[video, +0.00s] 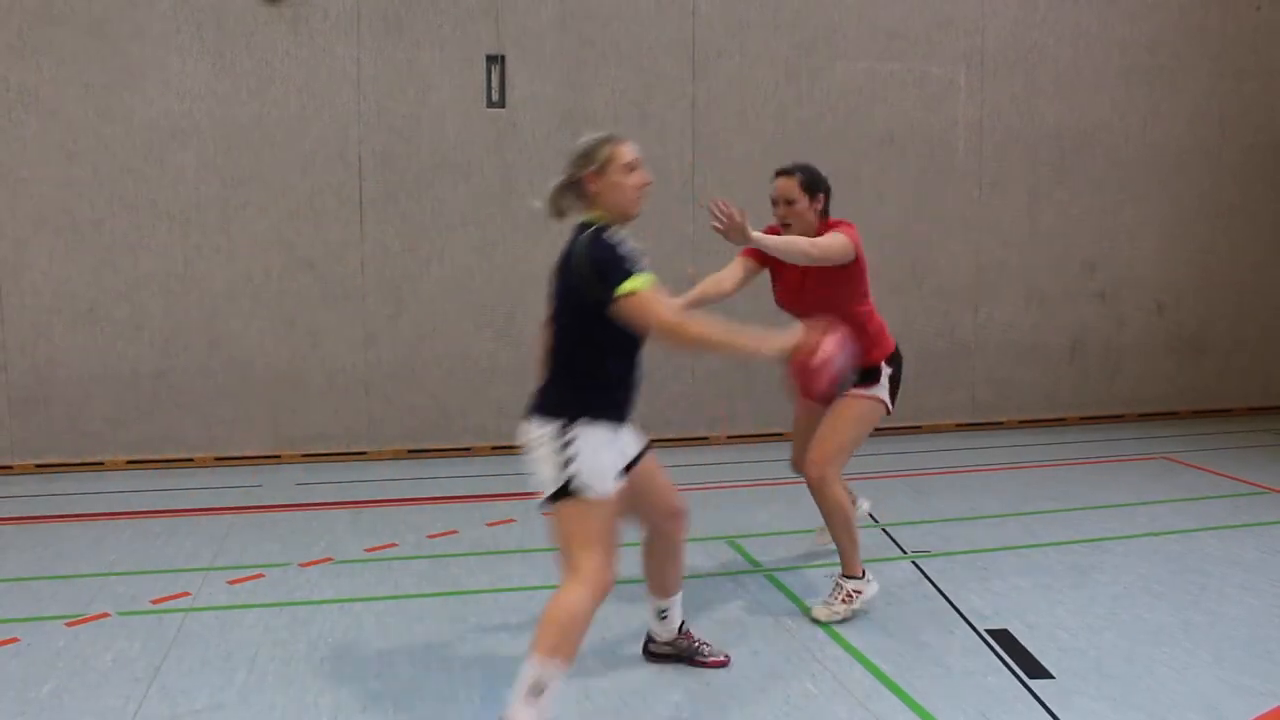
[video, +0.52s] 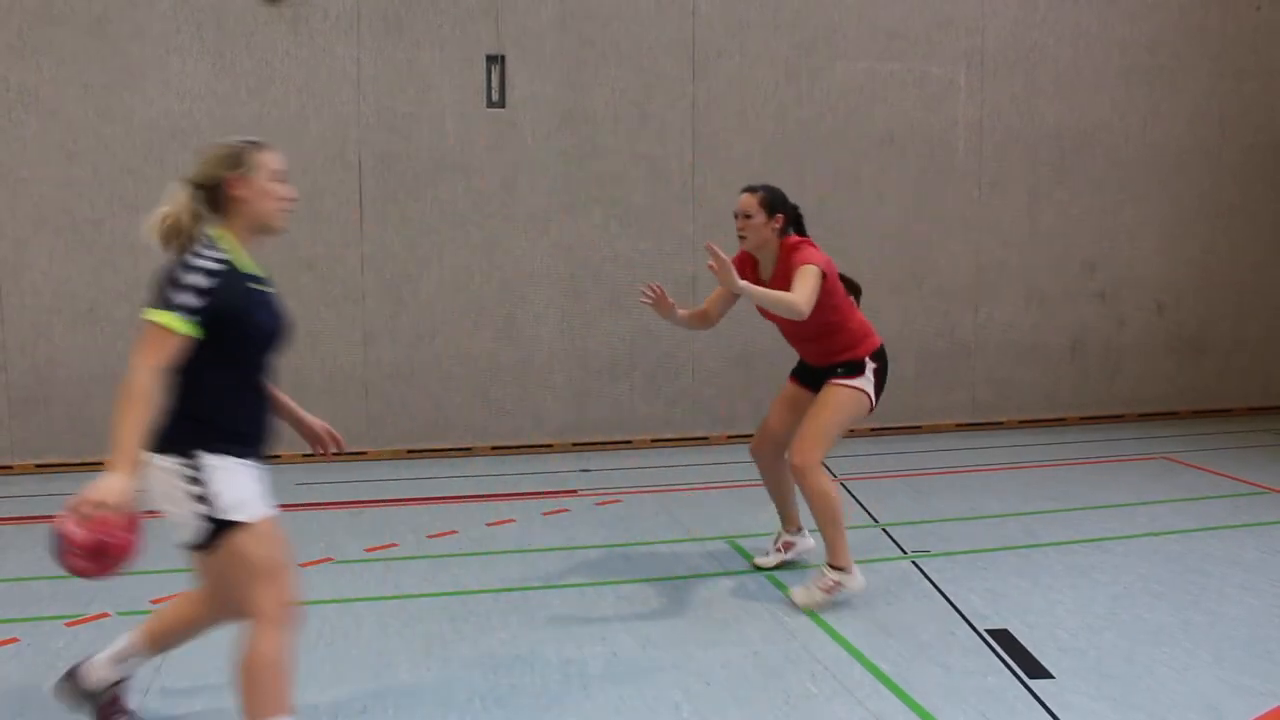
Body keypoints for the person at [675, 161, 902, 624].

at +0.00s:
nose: (779, 213)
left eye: (788, 204)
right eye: (774, 205)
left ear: (819, 203)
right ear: (772, 206)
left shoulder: (843, 237)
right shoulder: (769, 242)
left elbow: (813, 252)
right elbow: (729, 280)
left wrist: (751, 238)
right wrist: (679, 304)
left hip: (869, 365)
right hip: (819, 363)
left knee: (821, 469)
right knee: (804, 462)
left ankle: (855, 579)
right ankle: (849, 505)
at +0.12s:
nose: (776, 220)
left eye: (785, 211)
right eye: (773, 211)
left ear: (815, 210)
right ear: (772, 213)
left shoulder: (843, 245)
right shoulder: (774, 248)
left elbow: (821, 264)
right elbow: (727, 278)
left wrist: (765, 251)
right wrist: (671, 293)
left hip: (871, 381)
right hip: (824, 379)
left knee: (827, 488)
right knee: (777, 466)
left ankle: (868, 610)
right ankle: (807, 524)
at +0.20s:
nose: (774, 235)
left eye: (784, 226)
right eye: (771, 226)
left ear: (815, 226)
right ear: (770, 230)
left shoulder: (842, 263)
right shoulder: (772, 271)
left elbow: (825, 282)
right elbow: (717, 293)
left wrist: (766, 264)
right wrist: (667, 294)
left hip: (872, 399)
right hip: (822, 398)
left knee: (822, 498)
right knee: (761, 478)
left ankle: (869, 613)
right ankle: (794, 535)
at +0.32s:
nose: (766, 244)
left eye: (776, 235)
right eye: (764, 235)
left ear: (806, 239)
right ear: (762, 241)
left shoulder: (833, 273)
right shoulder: (763, 284)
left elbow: (821, 302)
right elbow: (707, 312)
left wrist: (760, 280)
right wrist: (663, 304)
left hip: (866, 403)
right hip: (817, 404)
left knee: (819, 500)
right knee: (754, 486)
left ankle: (870, 615)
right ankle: (795, 538)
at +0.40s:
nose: (757, 236)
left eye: (765, 228)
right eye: (754, 228)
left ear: (796, 231)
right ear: (755, 234)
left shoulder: (822, 266)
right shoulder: (758, 272)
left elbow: (814, 302)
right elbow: (704, 314)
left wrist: (754, 283)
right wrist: (665, 310)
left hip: (857, 390)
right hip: (811, 391)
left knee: (820, 490)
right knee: (760, 477)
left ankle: (866, 610)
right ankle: (796, 539)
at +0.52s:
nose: (738, 225)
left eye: (746, 217)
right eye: (736, 218)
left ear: (776, 222)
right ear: (742, 224)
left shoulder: (805, 255)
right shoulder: (746, 263)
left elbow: (800, 307)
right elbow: (707, 316)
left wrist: (740, 286)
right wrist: (676, 314)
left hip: (859, 364)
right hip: (814, 365)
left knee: (804, 457)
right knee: (766, 449)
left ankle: (843, 569)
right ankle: (794, 536)